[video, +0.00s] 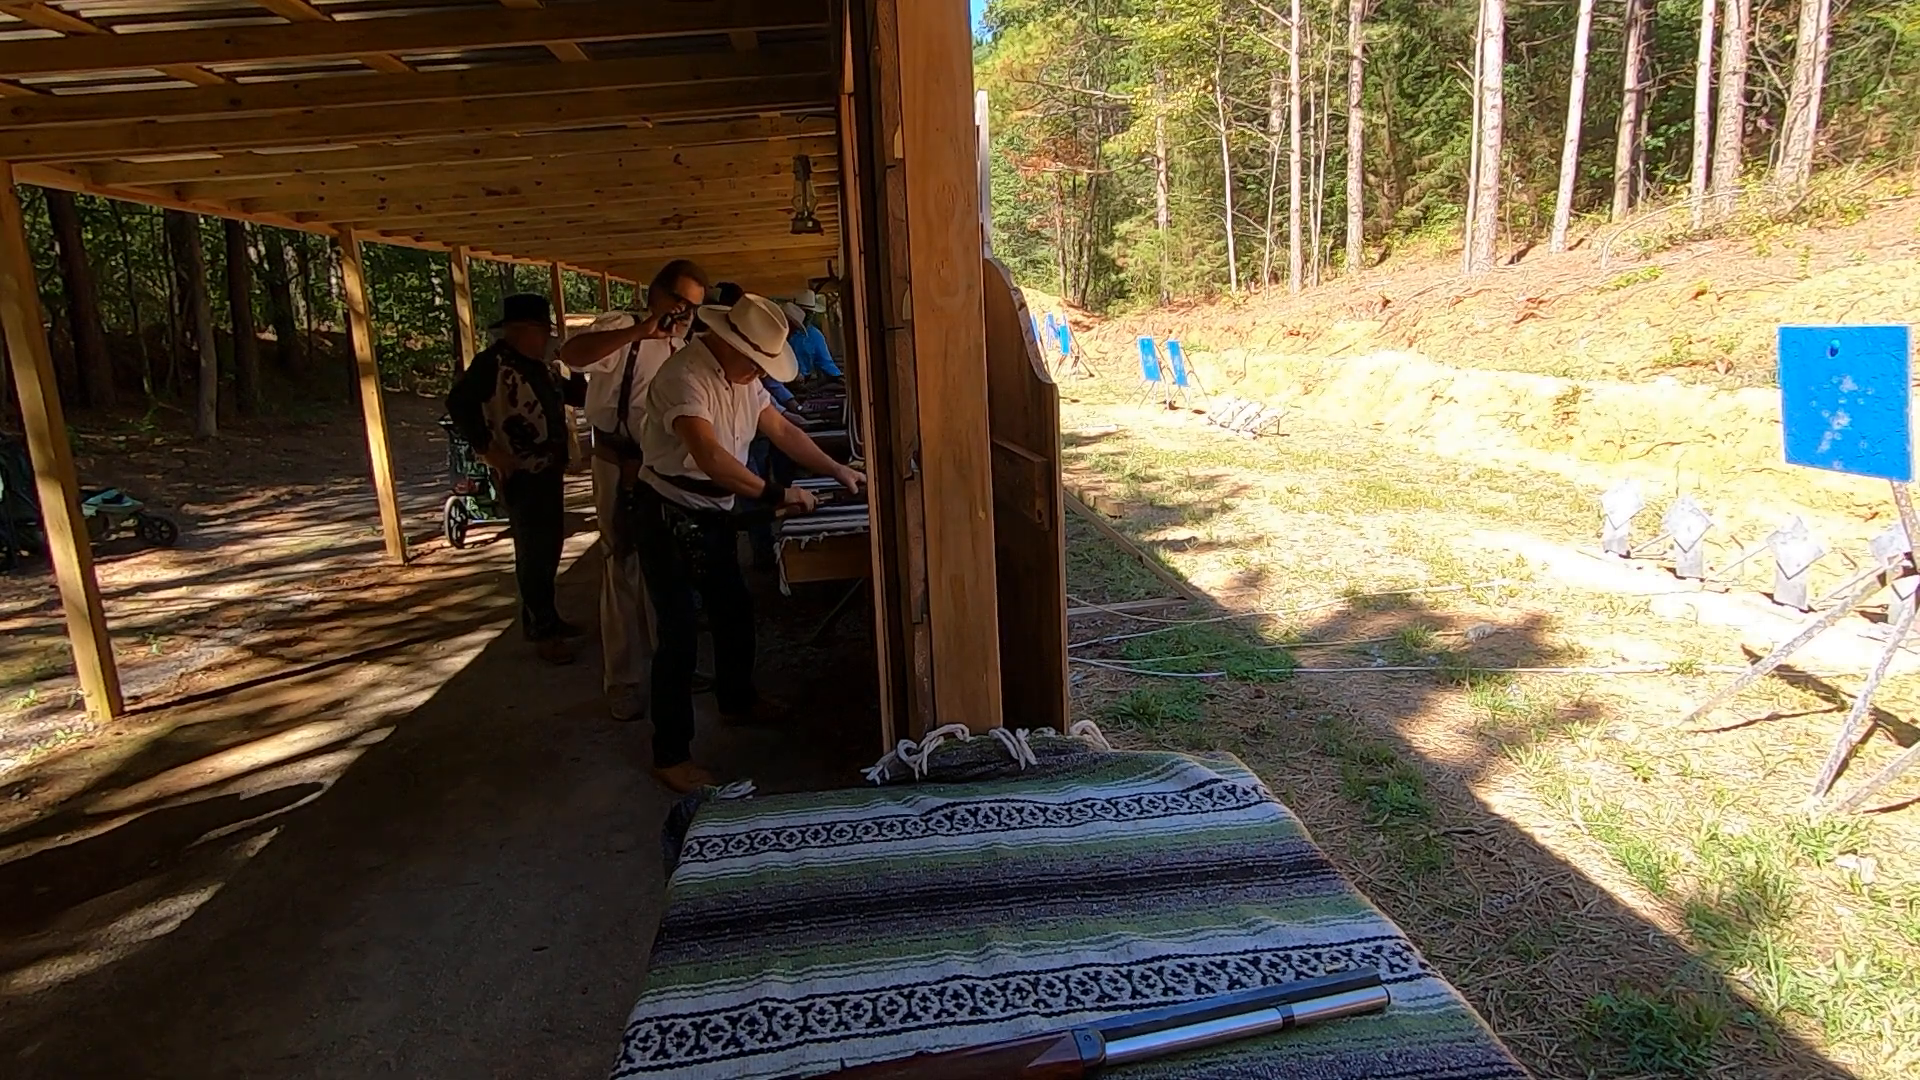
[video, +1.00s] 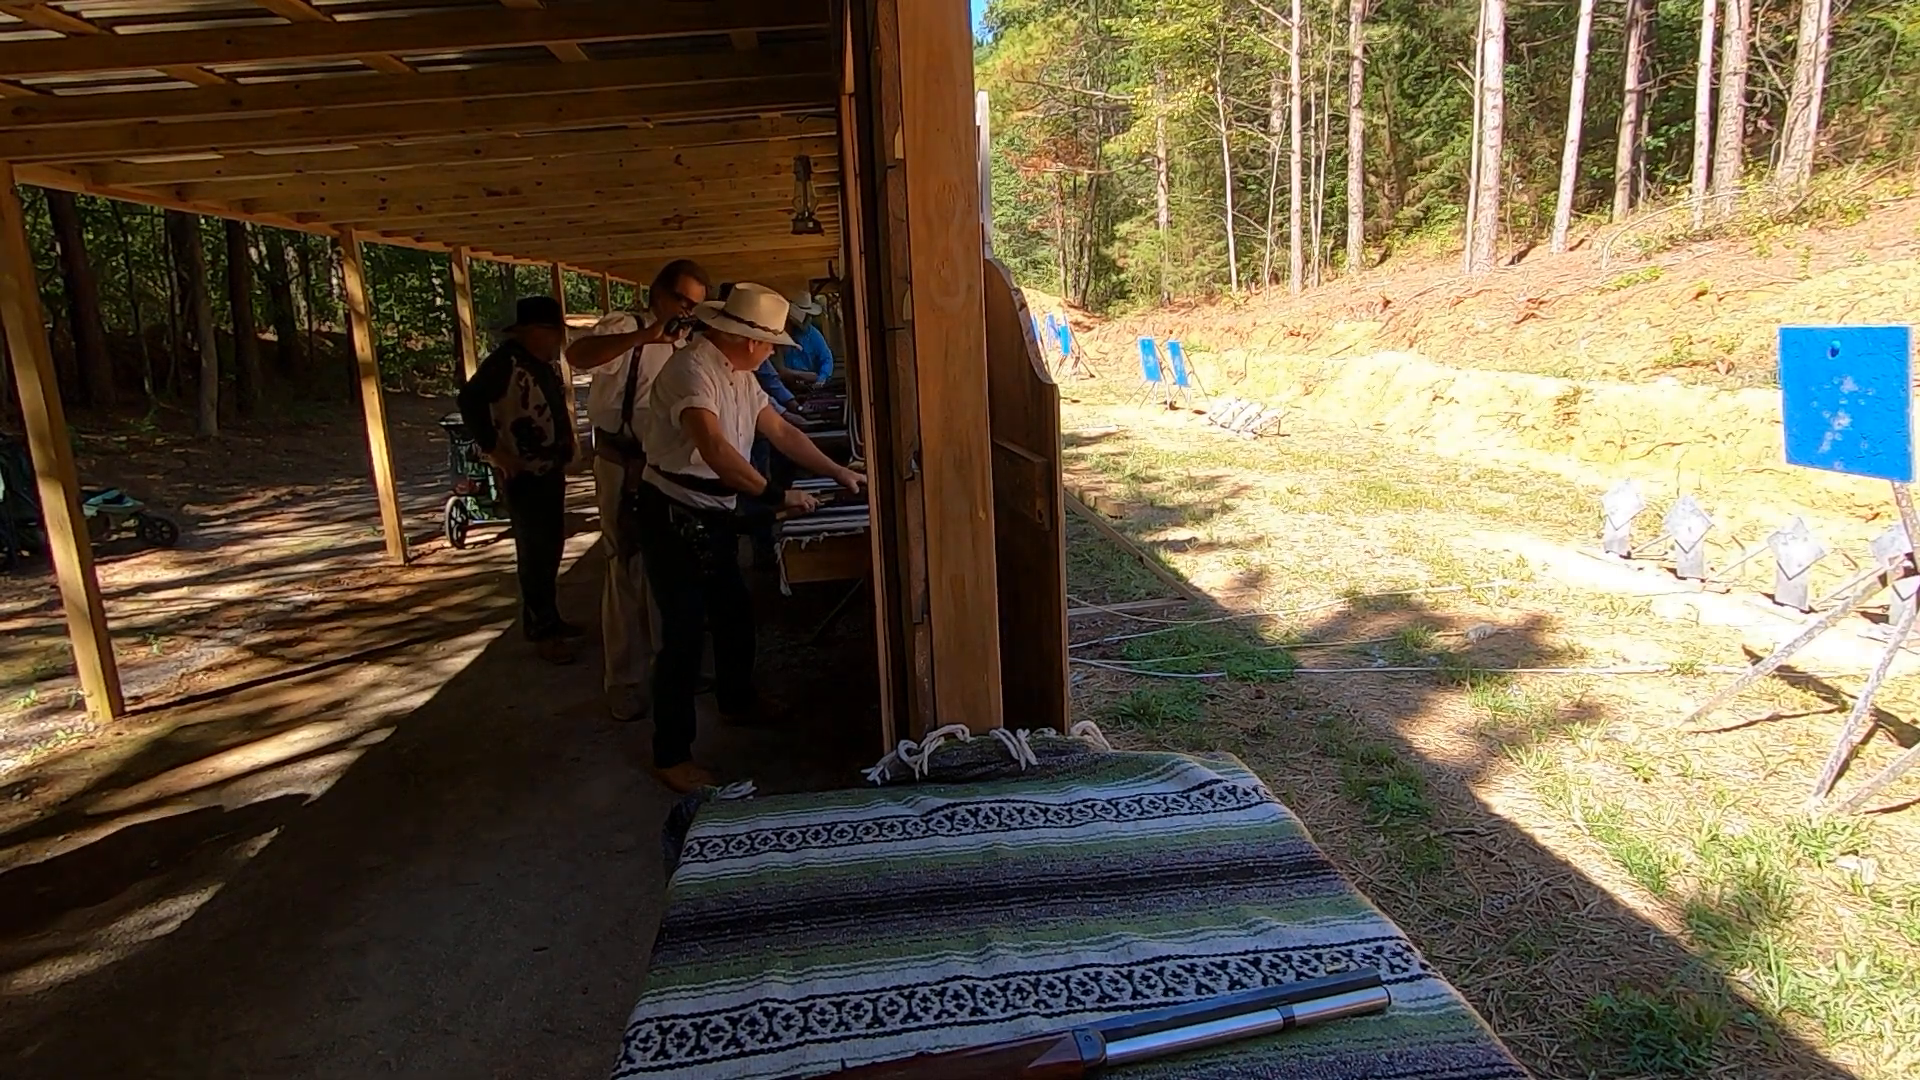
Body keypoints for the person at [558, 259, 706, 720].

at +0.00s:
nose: (683, 312)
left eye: (693, 306)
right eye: (676, 300)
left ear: (701, 309)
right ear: (655, 293)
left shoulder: (692, 349)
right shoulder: (623, 330)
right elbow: (571, 354)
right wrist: (637, 333)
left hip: (672, 464)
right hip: (617, 464)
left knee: (671, 570)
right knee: (623, 572)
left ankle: (676, 669)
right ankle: (624, 684)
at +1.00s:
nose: (685, 311)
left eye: (694, 306)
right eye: (680, 300)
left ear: (700, 309)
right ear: (657, 293)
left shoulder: (693, 346)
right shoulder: (625, 326)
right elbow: (577, 355)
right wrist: (644, 337)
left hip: (673, 464)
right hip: (619, 463)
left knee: (672, 569)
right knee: (625, 572)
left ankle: (676, 670)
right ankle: (623, 682)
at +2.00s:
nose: (687, 313)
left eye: (696, 307)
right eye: (681, 302)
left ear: (702, 311)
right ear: (657, 296)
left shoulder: (694, 348)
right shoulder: (626, 328)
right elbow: (579, 358)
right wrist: (649, 339)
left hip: (675, 467)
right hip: (621, 467)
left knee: (672, 571)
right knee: (626, 573)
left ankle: (677, 672)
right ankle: (625, 685)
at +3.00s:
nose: (687, 312)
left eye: (693, 306)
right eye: (681, 302)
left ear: (695, 309)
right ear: (658, 298)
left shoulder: (694, 352)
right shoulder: (629, 342)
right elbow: (589, 347)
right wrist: (664, 337)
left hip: (672, 464)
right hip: (621, 468)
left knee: (674, 570)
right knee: (627, 575)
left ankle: (675, 672)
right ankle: (624, 685)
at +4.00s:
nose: (691, 314)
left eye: (698, 309)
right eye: (686, 304)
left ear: (698, 310)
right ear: (661, 296)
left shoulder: (690, 345)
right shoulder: (631, 327)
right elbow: (608, 346)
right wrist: (675, 342)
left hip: (668, 463)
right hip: (619, 466)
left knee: (671, 567)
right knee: (626, 572)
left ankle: (673, 671)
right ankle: (624, 684)